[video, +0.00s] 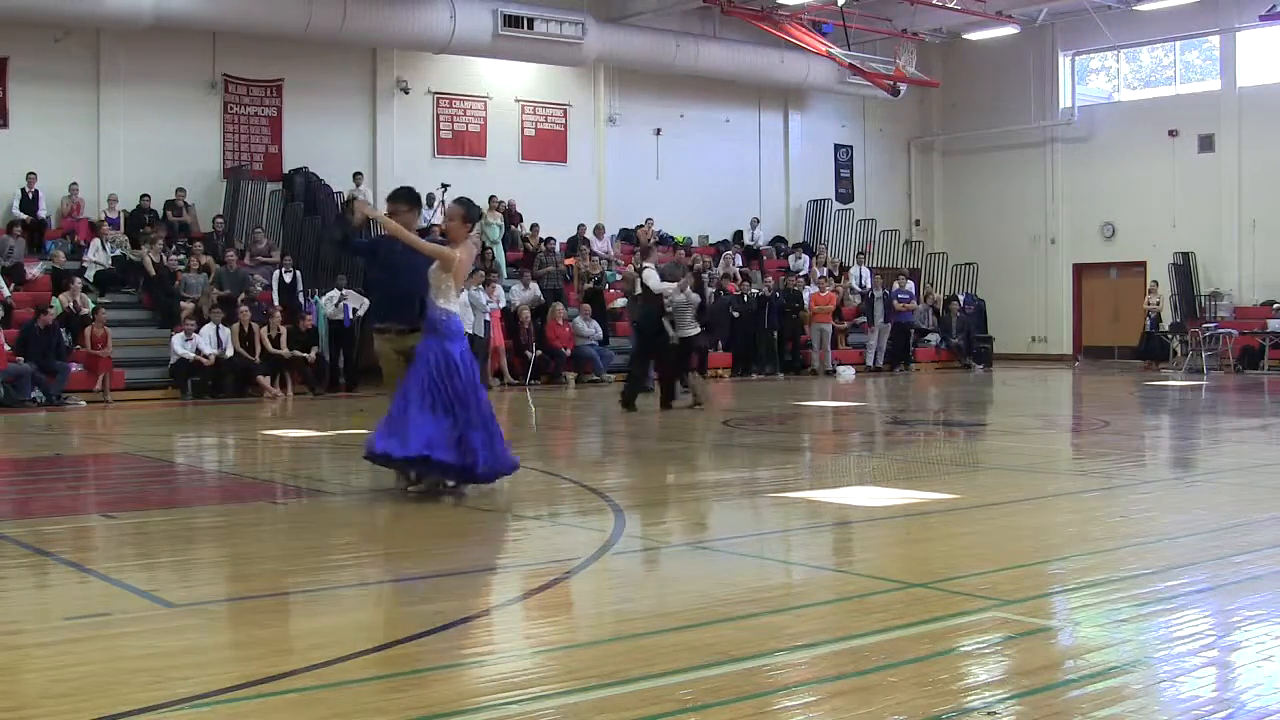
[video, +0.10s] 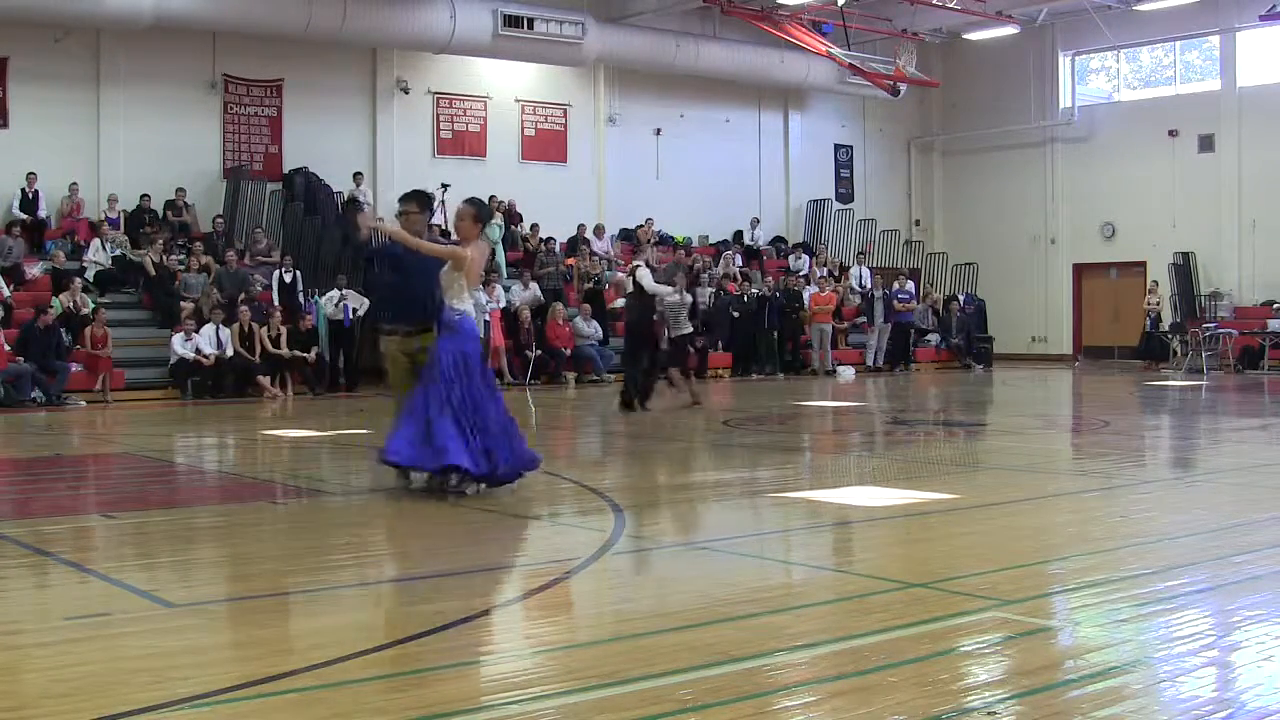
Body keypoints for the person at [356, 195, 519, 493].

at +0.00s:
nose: (444, 224)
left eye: (450, 219)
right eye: (445, 218)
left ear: (465, 225)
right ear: (465, 225)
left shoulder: (451, 255)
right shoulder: (469, 247)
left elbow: (410, 238)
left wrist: (375, 214)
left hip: (442, 333)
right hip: (451, 330)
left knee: (427, 396)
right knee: (451, 398)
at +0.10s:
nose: (456, 224)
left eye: (461, 219)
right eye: (457, 218)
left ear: (476, 225)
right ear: (476, 225)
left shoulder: (463, 254)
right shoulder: (481, 248)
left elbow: (418, 245)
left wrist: (384, 226)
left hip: (456, 330)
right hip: (467, 329)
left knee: (441, 395)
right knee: (463, 396)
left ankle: (457, 463)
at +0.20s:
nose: (464, 225)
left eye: (469, 220)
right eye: (465, 219)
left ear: (485, 226)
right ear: (484, 226)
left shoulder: (473, 255)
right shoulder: (491, 251)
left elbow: (427, 259)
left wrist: (391, 245)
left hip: (468, 329)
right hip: (481, 326)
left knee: (460, 395)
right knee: (472, 394)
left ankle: (472, 464)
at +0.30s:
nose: (472, 227)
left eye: (477, 222)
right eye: (473, 221)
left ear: (493, 227)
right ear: (493, 227)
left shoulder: (485, 259)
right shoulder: (500, 253)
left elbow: (441, 283)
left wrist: (408, 266)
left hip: (478, 332)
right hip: (489, 329)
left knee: (463, 396)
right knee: (484, 396)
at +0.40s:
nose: (478, 230)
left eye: (483, 225)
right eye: (479, 225)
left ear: (499, 230)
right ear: (500, 230)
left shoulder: (495, 263)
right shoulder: (503, 256)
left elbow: (459, 299)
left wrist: (424, 278)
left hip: (486, 336)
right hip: (496, 333)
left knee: (455, 395)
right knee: (500, 399)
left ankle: (468, 464)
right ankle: (520, 460)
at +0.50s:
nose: (481, 236)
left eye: (486, 230)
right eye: (481, 230)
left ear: (503, 234)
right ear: (501, 235)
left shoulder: (502, 268)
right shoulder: (504, 262)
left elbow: (464, 299)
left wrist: (432, 271)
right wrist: (477, 280)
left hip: (495, 343)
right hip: (499, 340)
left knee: (451, 397)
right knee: (495, 402)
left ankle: (474, 464)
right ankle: (510, 466)